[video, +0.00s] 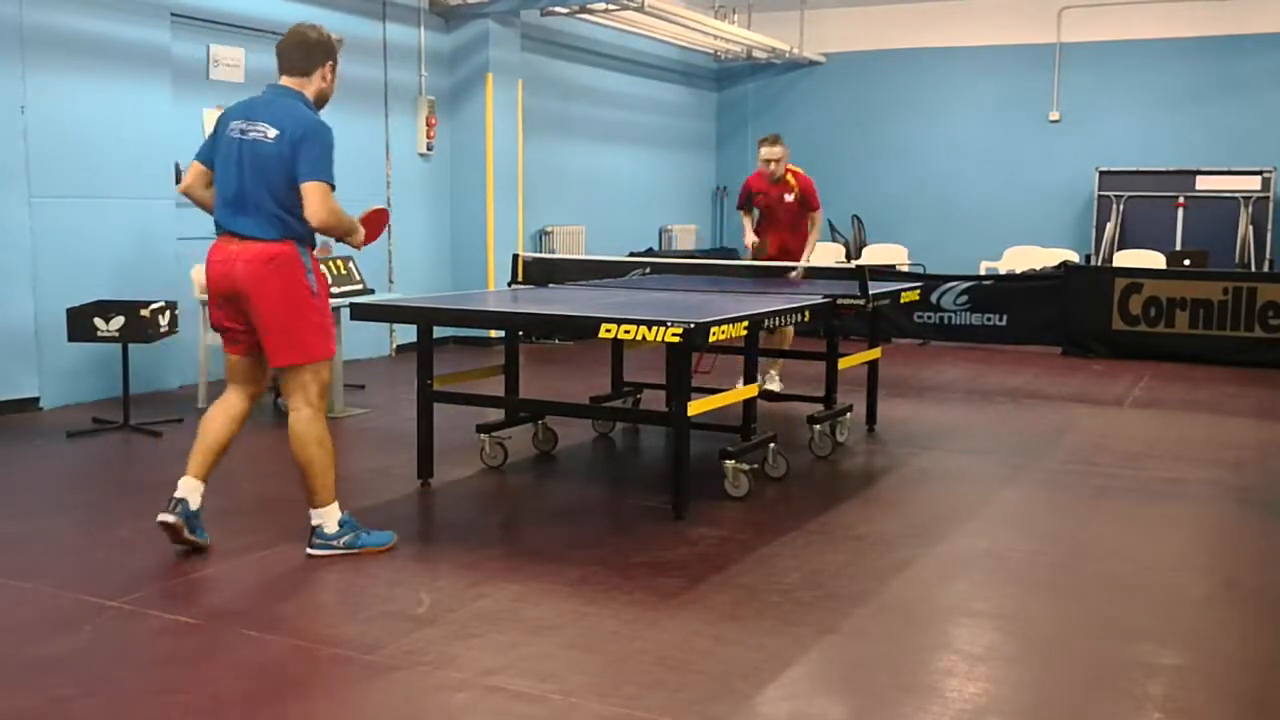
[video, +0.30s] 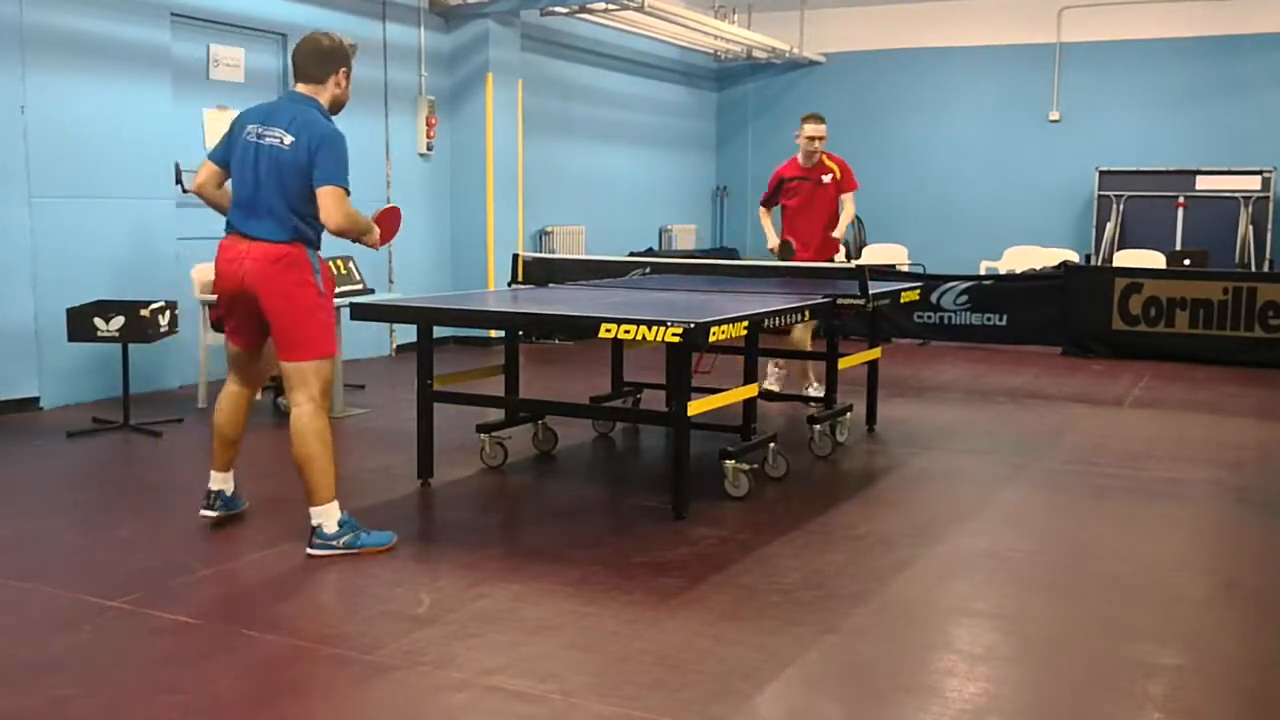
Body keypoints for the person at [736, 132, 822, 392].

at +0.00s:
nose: (772, 168)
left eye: (777, 161)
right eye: (766, 162)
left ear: (787, 159)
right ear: (759, 160)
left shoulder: (803, 183)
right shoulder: (752, 184)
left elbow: (815, 223)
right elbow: (745, 210)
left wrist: (804, 260)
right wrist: (749, 231)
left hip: (793, 262)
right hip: (763, 261)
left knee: (786, 319)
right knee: (765, 320)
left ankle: (774, 372)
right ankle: (762, 371)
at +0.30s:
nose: (815, 145)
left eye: (820, 139)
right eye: (810, 139)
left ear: (826, 140)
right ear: (798, 139)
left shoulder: (837, 167)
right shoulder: (784, 172)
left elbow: (848, 206)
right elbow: (764, 208)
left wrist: (838, 234)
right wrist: (772, 237)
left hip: (825, 260)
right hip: (793, 260)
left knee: (801, 321)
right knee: (802, 322)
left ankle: (776, 370)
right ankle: (810, 382)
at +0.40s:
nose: (831, 142)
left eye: (836, 136)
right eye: (825, 136)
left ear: (841, 135)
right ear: (812, 134)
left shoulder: (848, 161)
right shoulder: (797, 168)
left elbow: (859, 197)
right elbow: (775, 206)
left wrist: (853, 210)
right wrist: (787, 234)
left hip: (839, 255)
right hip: (808, 257)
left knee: (828, 318)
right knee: (816, 318)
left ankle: (794, 362)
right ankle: (812, 382)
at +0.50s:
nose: (846, 139)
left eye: (851, 134)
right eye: (840, 132)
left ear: (856, 133)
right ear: (828, 129)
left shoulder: (858, 157)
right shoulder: (810, 163)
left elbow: (870, 193)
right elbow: (784, 203)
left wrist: (866, 210)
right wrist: (802, 224)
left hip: (851, 252)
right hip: (820, 254)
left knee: (856, 317)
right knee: (819, 321)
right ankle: (813, 382)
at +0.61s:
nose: (861, 140)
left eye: (866, 134)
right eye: (856, 133)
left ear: (871, 134)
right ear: (843, 128)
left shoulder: (871, 160)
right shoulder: (822, 162)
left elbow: (880, 198)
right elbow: (795, 204)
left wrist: (883, 229)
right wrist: (818, 215)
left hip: (863, 256)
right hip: (829, 257)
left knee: (880, 315)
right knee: (822, 321)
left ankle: (872, 383)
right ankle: (813, 382)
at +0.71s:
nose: (876, 141)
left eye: (881, 136)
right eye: (871, 134)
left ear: (886, 136)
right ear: (858, 129)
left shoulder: (886, 164)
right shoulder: (839, 163)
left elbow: (892, 204)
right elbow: (814, 206)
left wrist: (896, 243)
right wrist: (831, 215)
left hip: (876, 258)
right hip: (842, 260)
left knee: (892, 320)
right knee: (830, 323)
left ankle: (910, 388)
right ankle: (815, 383)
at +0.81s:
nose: (889, 143)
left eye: (895, 137)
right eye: (885, 136)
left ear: (901, 137)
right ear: (872, 131)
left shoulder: (902, 166)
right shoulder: (855, 167)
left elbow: (903, 212)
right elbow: (834, 207)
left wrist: (908, 257)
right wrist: (846, 224)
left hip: (895, 264)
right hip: (860, 266)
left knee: (912, 324)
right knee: (849, 326)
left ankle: (921, 393)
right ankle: (819, 381)